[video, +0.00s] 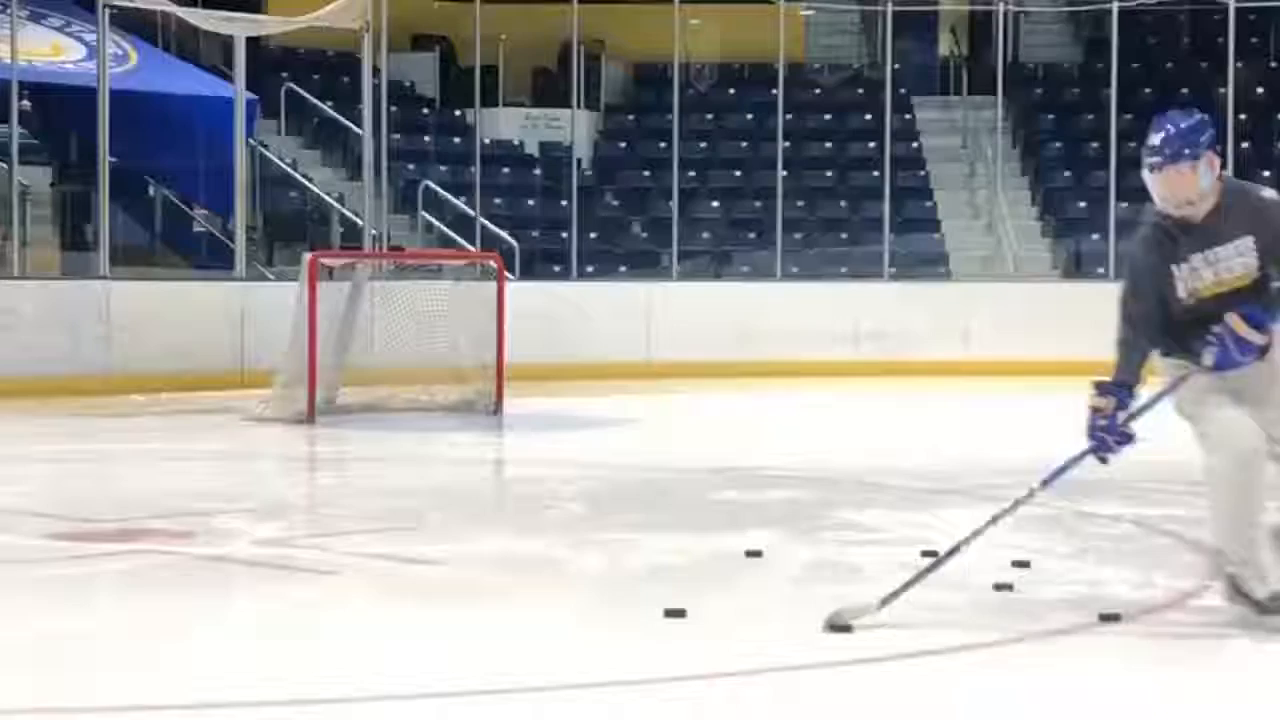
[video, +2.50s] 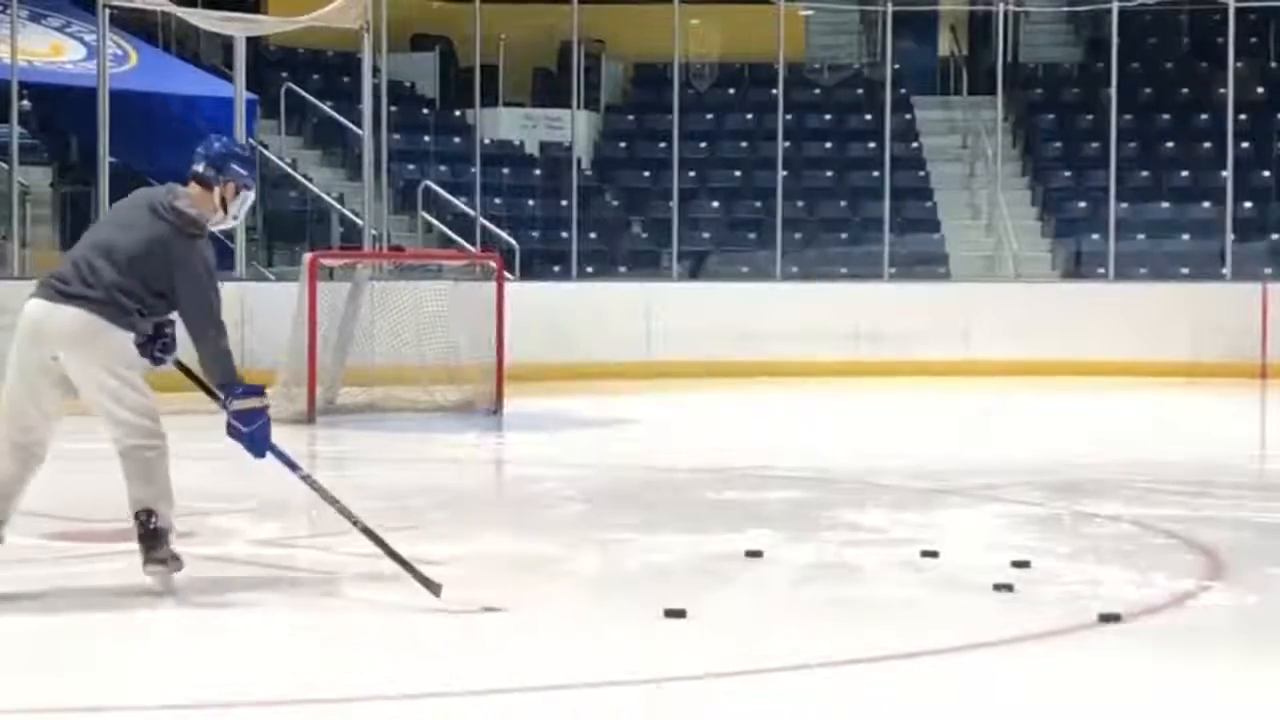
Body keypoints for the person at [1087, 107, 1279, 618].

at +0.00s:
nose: (1172, 186)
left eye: (1182, 170)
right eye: (1160, 174)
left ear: (1213, 164)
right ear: (1148, 178)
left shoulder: (1260, 210)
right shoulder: (1151, 243)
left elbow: (1278, 272)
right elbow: (1137, 328)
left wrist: (1264, 314)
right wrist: (1116, 397)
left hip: (1262, 361)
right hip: (1195, 373)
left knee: (1272, 445)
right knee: (1240, 444)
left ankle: (1257, 550)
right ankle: (1243, 563)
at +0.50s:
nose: (1114, 213)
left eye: (1113, 193)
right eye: (1106, 199)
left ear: (1146, 178)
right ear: (1143, 181)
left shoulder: (1246, 212)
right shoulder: (1171, 259)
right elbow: (1197, 355)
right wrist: (1169, 425)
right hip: (1263, 397)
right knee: (1265, 533)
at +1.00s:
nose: (845, 189)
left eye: (849, 172)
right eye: (842, 174)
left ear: (881, 167)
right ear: (892, 169)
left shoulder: (928, 213)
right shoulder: (919, 225)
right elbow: (911, 363)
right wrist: (851, 444)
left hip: (1026, 376)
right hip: (1044, 376)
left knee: (927, 487)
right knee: (1007, 528)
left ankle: (981, 661)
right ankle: (1097, 674)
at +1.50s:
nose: (376, 162)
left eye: (380, 153)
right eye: (383, 152)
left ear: (388, 149)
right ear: (437, 151)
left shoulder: (383, 190)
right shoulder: (463, 205)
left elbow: (349, 279)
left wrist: (346, 341)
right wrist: (394, 350)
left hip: (440, 366)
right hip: (506, 375)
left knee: (352, 499)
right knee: (457, 541)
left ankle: (385, 649)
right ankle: (575, 607)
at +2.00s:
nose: (209, 187)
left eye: (212, 174)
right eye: (207, 173)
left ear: (153, 157)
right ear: (190, 167)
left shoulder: (83, 192)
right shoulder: (183, 236)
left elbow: (21, 260)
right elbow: (185, 338)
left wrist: (61, 313)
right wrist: (199, 411)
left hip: (50, 357)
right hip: (126, 371)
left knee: (11, 481)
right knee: (129, 472)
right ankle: (129, 570)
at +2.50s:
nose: (239, 208)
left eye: (243, 197)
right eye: (239, 194)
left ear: (195, 177)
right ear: (221, 186)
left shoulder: (142, 199)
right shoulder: (190, 243)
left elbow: (116, 261)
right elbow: (208, 331)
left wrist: (150, 322)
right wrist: (236, 396)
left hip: (39, 312)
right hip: (94, 326)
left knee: (19, 442)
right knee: (138, 433)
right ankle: (154, 538)